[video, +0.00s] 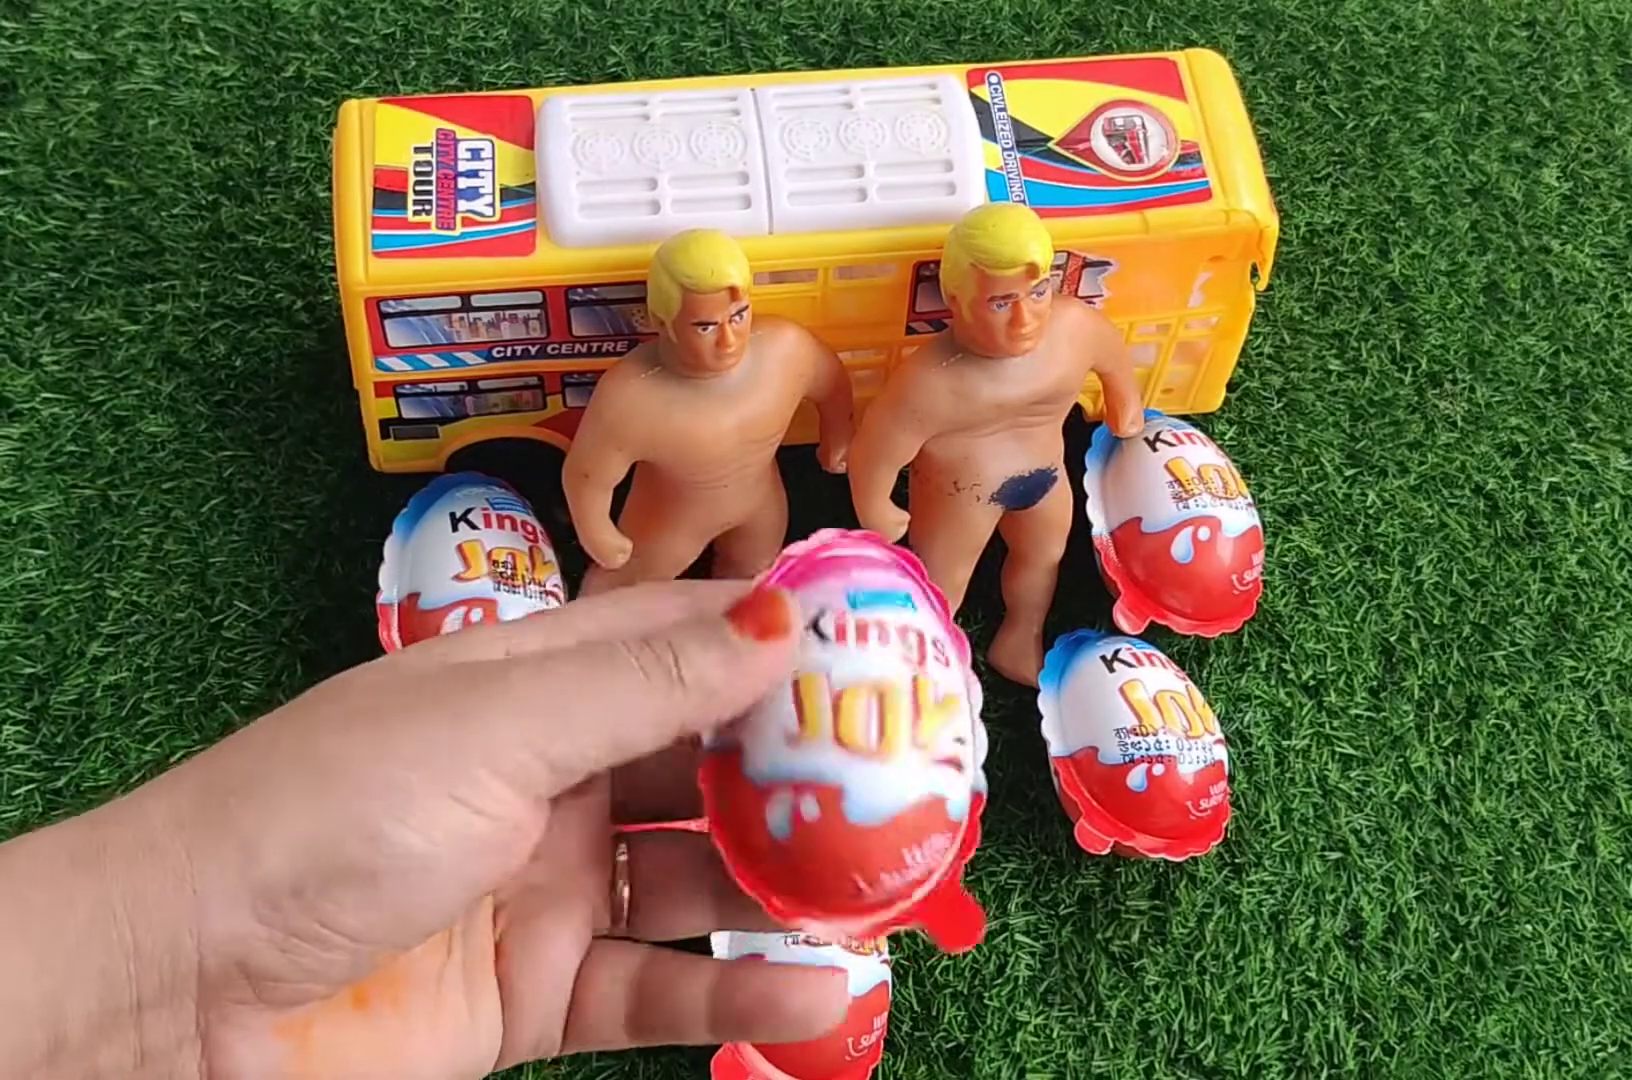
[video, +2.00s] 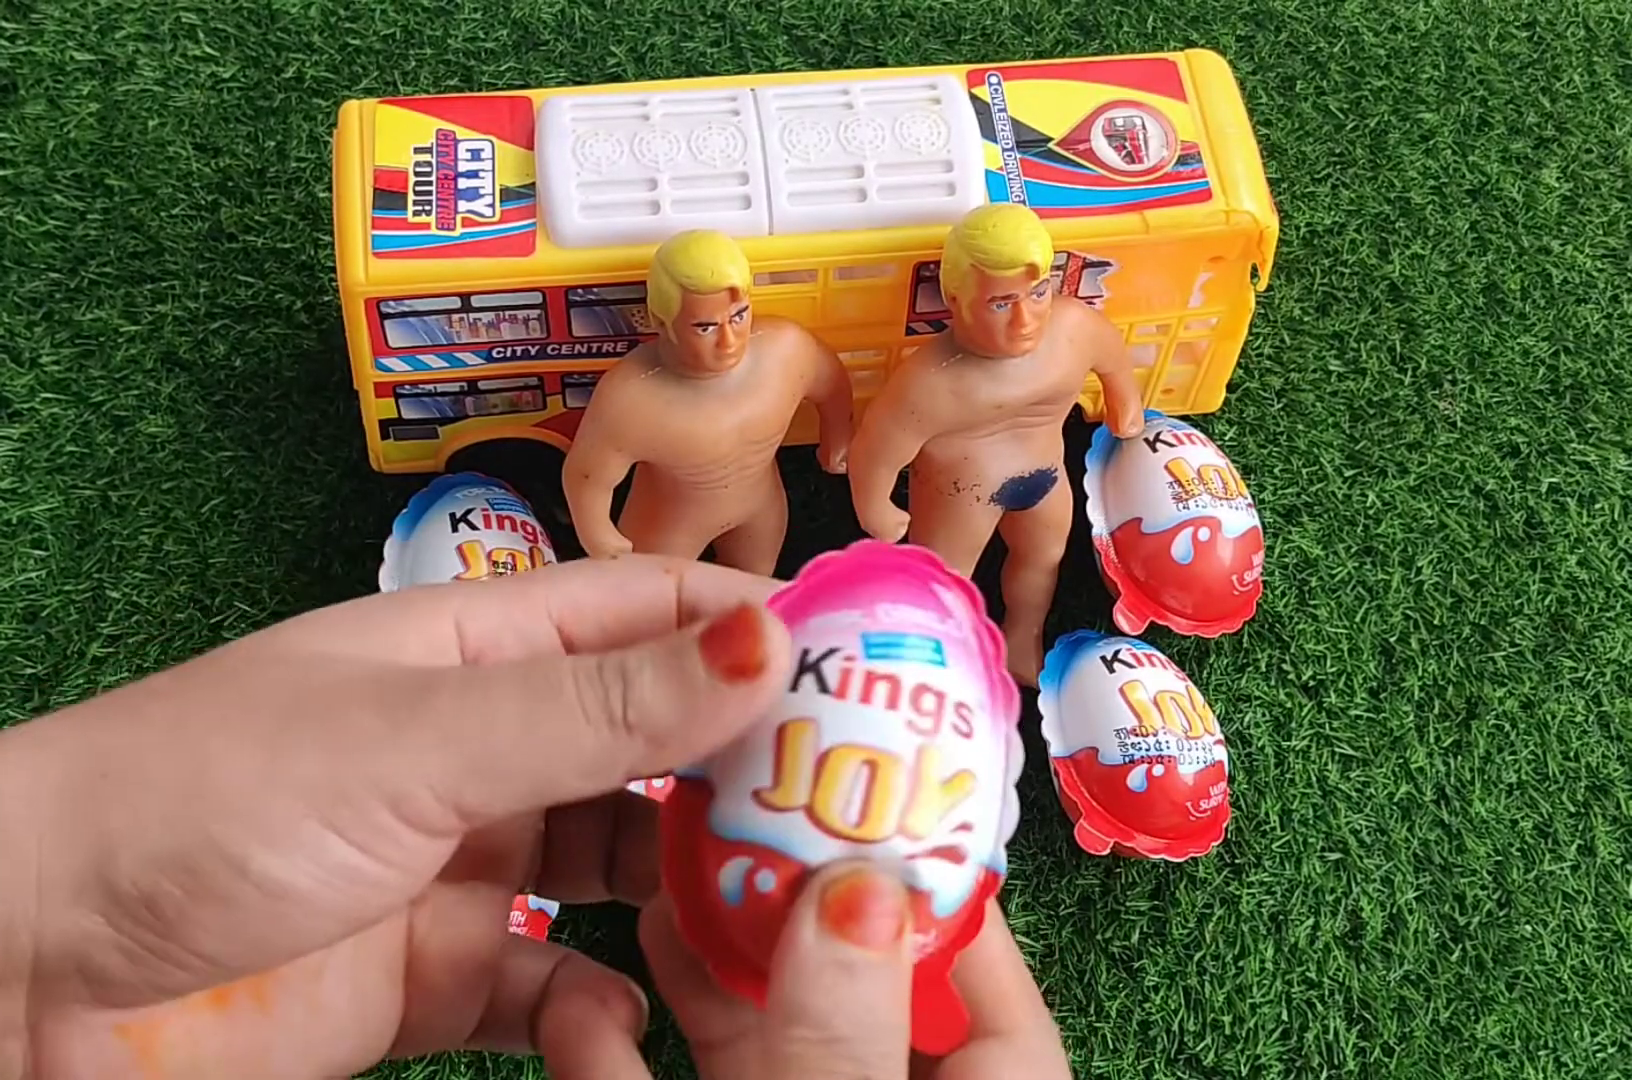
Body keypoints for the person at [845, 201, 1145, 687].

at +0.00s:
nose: (1024, 317)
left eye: (1037, 294)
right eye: (1000, 302)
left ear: (1051, 283)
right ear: (953, 303)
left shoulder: (1079, 328)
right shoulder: (927, 381)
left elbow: (1115, 362)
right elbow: (871, 458)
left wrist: (1126, 410)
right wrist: (879, 516)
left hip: (1044, 479)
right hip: (958, 492)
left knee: (1040, 563)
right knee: (940, 584)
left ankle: (1020, 643)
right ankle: (922, 662)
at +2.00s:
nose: (1025, 318)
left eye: (1038, 294)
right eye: (1001, 303)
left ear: (1051, 284)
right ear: (952, 303)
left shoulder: (1079, 327)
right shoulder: (928, 381)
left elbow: (1116, 364)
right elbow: (871, 459)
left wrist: (1127, 410)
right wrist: (879, 516)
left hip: (1044, 478)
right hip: (959, 491)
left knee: (1040, 565)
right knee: (942, 579)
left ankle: (1023, 644)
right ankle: (928, 656)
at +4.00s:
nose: (1024, 317)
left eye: (1037, 294)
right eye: (1000, 303)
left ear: (1051, 283)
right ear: (954, 301)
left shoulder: (1078, 327)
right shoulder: (927, 383)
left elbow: (1114, 361)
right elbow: (873, 452)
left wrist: (1127, 410)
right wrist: (877, 513)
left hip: (1045, 476)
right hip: (960, 490)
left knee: (1041, 560)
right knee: (942, 576)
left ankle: (1020, 642)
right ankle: (931, 643)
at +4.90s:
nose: (1024, 317)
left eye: (1036, 295)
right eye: (1000, 303)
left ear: (1050, 284)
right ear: (953, 304)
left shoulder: (1078, 327)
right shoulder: (926, 384)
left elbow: (1114, 361)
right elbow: (873, 453)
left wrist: (1127, 408)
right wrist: (877, 515)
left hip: (1045, 476)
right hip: (959, 492)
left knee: (1041, 560)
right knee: (941, 576)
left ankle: (1020, 642)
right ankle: (931, 644)